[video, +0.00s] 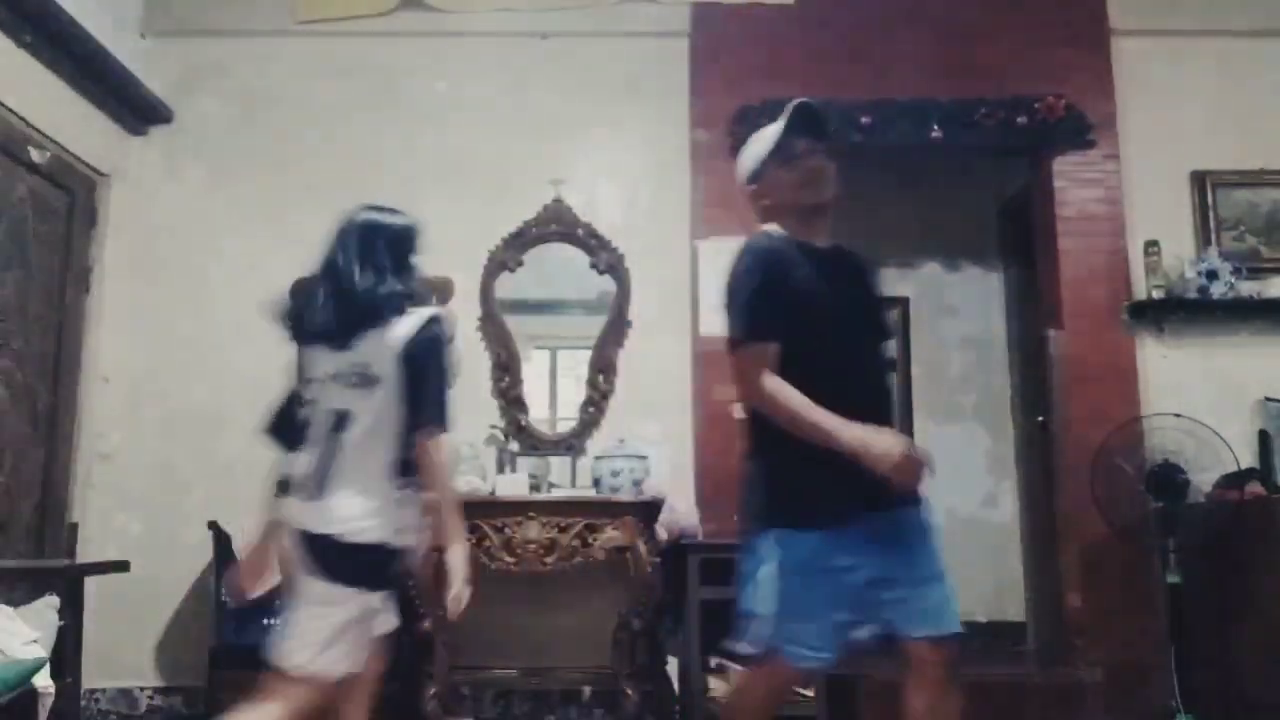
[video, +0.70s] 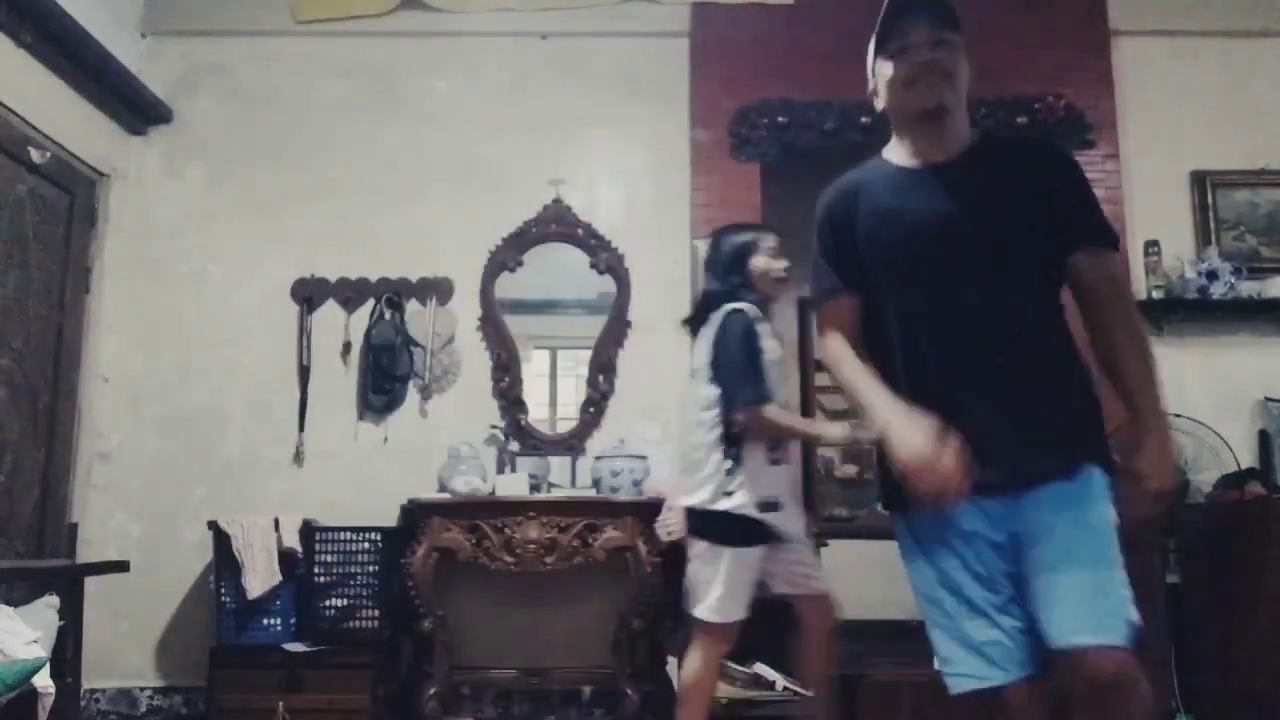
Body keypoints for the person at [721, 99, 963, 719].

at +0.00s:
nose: (813, 163)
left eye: (819, 152)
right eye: (792, 158)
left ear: (836, 168)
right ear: (761, 190)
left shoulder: (851, 267)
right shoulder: (763, 260)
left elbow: (856, 381)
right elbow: (755, 380)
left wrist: (889, 458)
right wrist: (860, 440)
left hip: (884, 504)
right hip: (802, 513)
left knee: (932, 654)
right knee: (781, 669)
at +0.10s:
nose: (840, 145)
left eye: (847, 132)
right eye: (819, 141)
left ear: (868, 148)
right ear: (794, 172)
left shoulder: (900, 246)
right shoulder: (791, 255)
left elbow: (942, 366)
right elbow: (786, 386)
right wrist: (836, 480)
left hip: (935, 492)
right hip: (854, 504)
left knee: (952, 655)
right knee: (841, 669)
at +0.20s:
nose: (862, 121)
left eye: (870, 107)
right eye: (839, 117)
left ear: (894, 123)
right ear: (817, 153)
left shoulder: (945, 223)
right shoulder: (808, 240)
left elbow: (1013, 328)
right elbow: (791, 365)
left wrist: (1072, 422)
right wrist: (796, 471)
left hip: (959, 460)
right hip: (873, 470)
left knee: (963, 646)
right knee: (918, 643)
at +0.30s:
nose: (882, 111)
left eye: (891, 98)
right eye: (859, 107)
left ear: (916, 116)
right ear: (837, 142)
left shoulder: (973, 211)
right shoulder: (824, 236)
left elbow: (1062, 303)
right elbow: (787, 361)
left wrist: (1140, 373)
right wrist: (783, 474)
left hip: (991, 458)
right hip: (899, 470)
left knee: (959, 664)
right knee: (977, 661)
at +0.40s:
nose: (896, 114)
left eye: (907, 101)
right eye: (874, 110)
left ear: (933, 119)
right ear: (850, 146)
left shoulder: (1001, 215)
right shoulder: (839, 244)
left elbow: (1103, 307)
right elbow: (797, 370)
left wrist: (1203, 365)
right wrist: (782, 485)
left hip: (1026, 474)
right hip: (930, 492)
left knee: (996, 656)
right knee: (1022, 667)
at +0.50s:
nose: (909, 109)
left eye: (921, 94)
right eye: (886, 105)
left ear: (949, 112)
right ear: (864, 141)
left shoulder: (1017, 212)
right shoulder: (850, 246)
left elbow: (1116, 324)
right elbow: (832, 388)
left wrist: (1223, 385)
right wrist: (816, 506)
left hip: (1054, 485)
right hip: (946, 505)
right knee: (1034, 693)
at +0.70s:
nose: (923, 64)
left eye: (939, 48)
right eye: (901, 54)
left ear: (968, 64)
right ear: (874, 83)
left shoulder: (1039, 166)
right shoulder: (850, 203)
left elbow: (1105, 293)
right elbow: (834, 335)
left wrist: (1151, 424)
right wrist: (897, 421)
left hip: (1061, 463)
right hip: (941, 489)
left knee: (1102, 667)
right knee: (1003, 693)